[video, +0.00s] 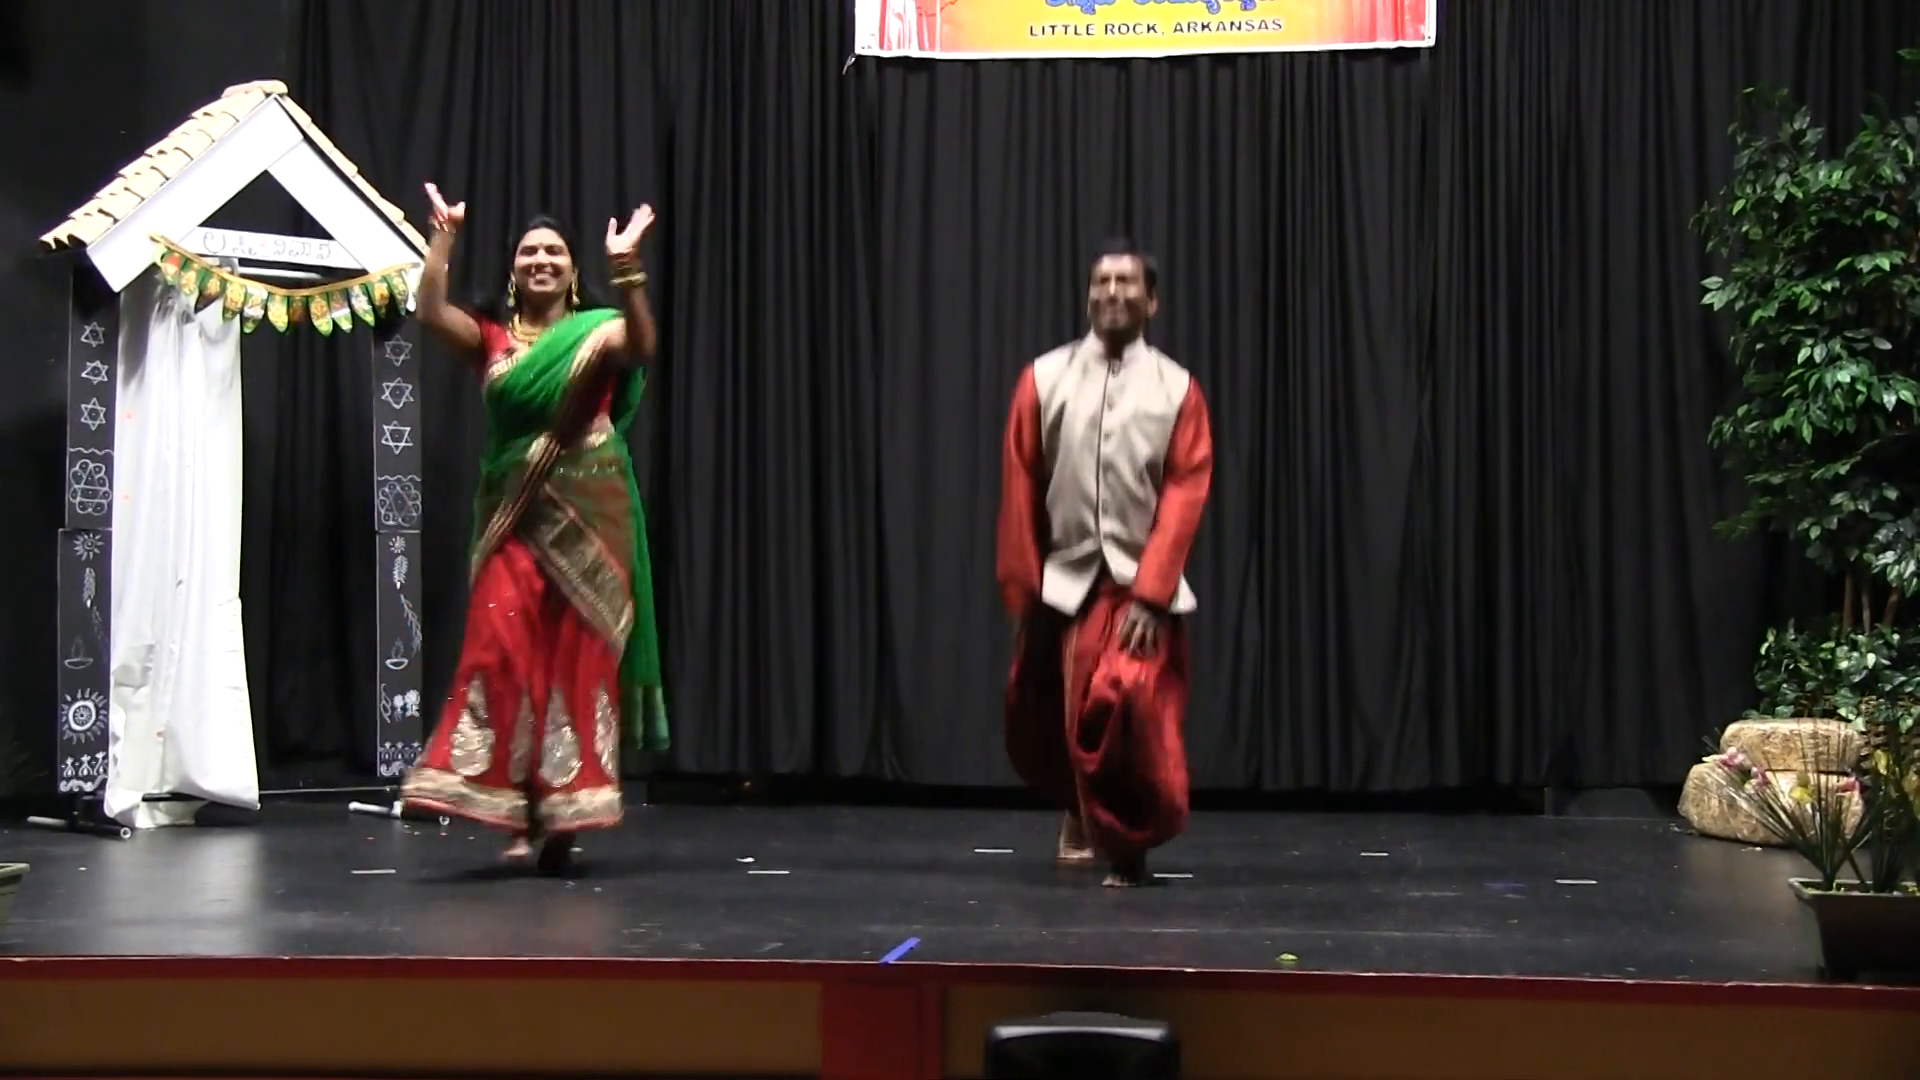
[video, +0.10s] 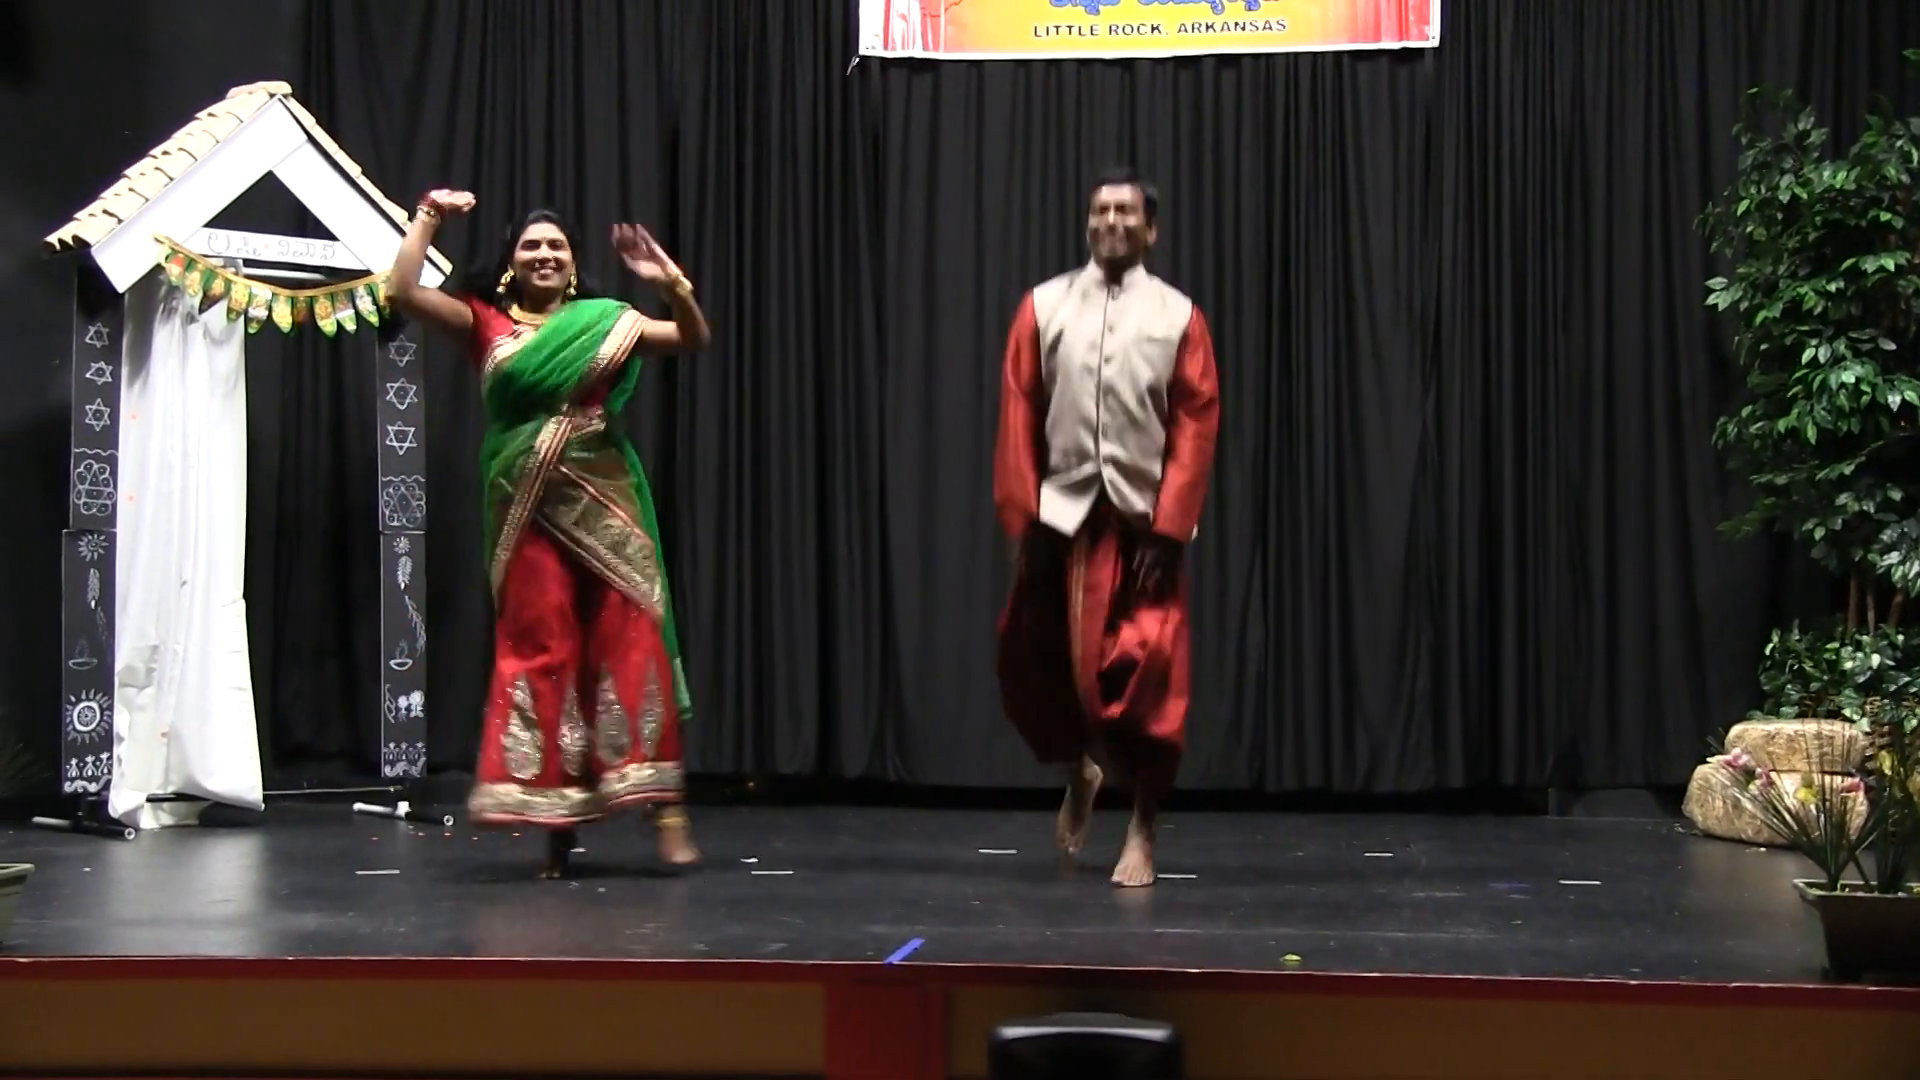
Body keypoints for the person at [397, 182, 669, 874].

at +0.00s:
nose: (540, 261)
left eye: (553, 254)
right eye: (528, 254)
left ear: (572, 274)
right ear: (512, 275)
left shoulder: (595, 330)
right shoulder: (493, 338)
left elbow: (640, 344)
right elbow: (432, 310)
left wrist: (627, 272)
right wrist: (444, 236)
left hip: (590, 509)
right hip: (515, 508)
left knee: (578, 655)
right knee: (500, 642)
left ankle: (563, 819)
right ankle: (522, 816)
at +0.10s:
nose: (544, 253)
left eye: (555, 245)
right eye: (531, 246)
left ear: (574, 264)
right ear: (513, 265)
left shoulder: (606, 320)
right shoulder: (489, 322)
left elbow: (694, 337)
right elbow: (402, 290)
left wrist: (674, 284)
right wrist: (429, 215)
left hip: (608, 493)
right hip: (529, 499)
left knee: (636, 637)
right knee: (544, 647)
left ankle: (667, 807)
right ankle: (557, 814)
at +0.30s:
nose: (561, 292)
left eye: (567, 283)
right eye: (545, 283)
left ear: (577, 296)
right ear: (514, 299)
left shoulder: (605, 348)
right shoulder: (491, 367)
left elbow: (698, 363)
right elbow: (392, 364)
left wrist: (706, 428)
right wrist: (444, 302)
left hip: (620, 533)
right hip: (539, 545)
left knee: (688, 668)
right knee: (545, 684)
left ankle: (779, 805)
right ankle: (581, 839)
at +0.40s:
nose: (573, 303)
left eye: (575, 293)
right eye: (557, 292)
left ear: (578, 306)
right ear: (519, 308)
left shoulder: (606, 359)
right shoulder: (491, 379)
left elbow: (693, 394)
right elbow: (401, 382)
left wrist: (696, 464)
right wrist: (447, 328)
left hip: (639, 543)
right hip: (556, 558)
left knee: (691, 689)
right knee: (555, 694)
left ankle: (777, 819)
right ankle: (586, 847)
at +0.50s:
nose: (579, 308)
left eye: (579, 298)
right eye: (565, 298)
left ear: (577, 308)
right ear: (525, 311)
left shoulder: (602, 361)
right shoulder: (493, 379)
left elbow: (687, 396)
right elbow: (413, 366)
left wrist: (687, 455)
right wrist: (468, 312)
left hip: (650, 532)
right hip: (574, 553)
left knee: (711, 667)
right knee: (576, 690)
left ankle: (784, 810)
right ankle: (587, 843)